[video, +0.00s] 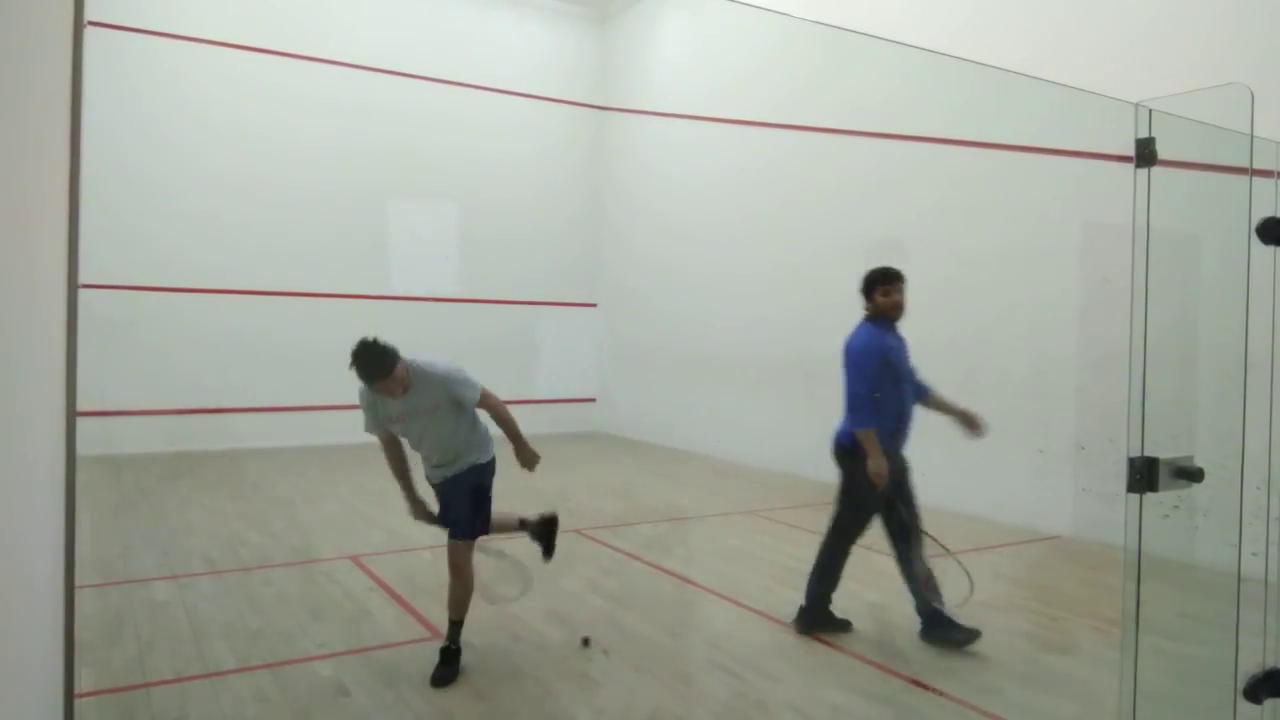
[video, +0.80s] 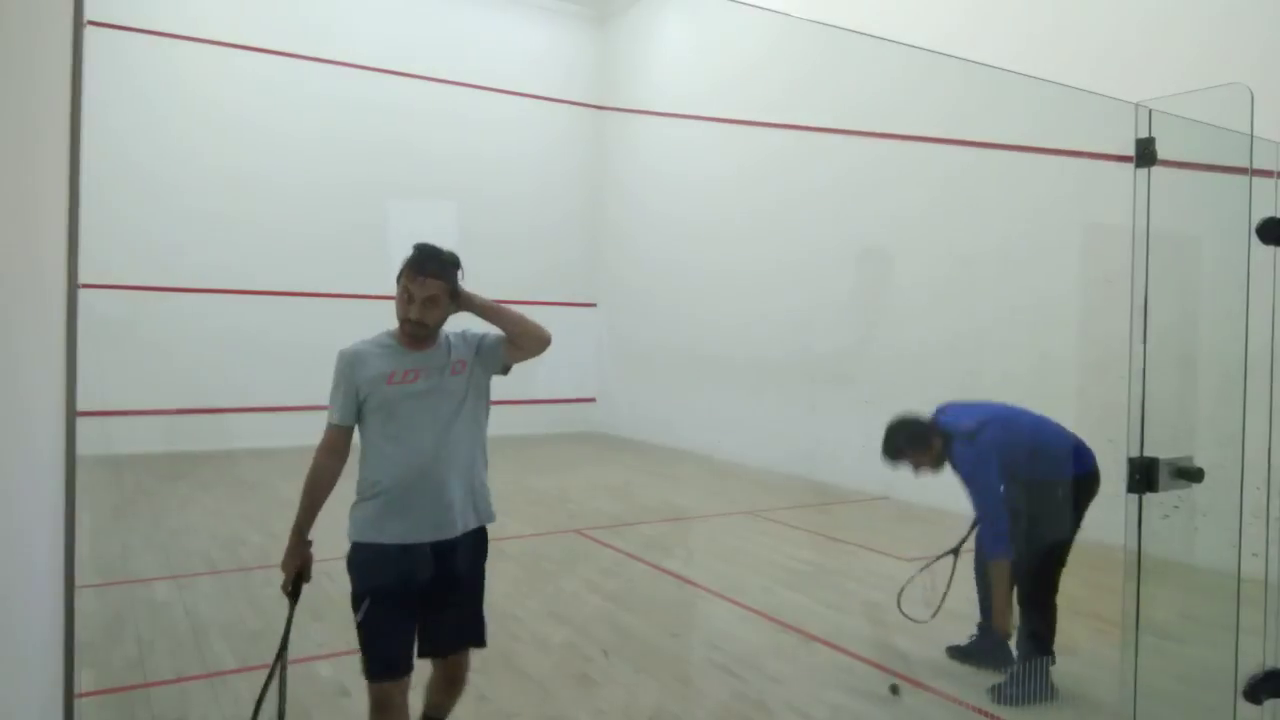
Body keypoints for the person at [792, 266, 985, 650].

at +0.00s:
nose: (896, 299)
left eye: (899, 292)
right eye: (887, 293)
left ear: (903, 298)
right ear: (870, 299)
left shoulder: (891, 340)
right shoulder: (863, 343)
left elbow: (912, 389)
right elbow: (858, 408)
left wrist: (957, 412)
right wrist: (874, 454)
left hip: (887, 452)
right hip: (862, 451)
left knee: (907, 535)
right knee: (843, 534)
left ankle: (934, 618)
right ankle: (813, 610)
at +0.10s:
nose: (943, 296)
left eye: (949, 290)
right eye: (934, 291)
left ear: (957, 295)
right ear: (919, 297)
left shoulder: (953, 337)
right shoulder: (910, 343)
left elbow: (979, 384)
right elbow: (903, 408)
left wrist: (1014, 398)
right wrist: (917, 455)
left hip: (948, 451)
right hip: (924, 452)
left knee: (953, 529)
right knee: (952, 533)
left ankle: (883, 573)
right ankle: (942, 620)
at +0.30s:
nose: (997, 304)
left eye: (1006, 297)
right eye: (990, 298)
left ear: (1021, 301)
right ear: (981, 304)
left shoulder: (1047, 347)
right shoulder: (965, 352)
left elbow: (1064, 402)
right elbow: (950, 406)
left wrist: (1061, 452)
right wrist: (953, 455)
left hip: (1035, 461)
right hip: (985, 460)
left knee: (1045, 538)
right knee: (987, 538)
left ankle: (1031, 604)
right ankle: (982, 619)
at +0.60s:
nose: (952, 334)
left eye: (957, 325)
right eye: (945, 329)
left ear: (978, 315)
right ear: (940, 328)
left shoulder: (1021, 347)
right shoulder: (952, 358)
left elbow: (1046, 405)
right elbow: (958, 408)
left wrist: (1037, 463)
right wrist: (954, 454)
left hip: (1030, 462)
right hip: (983, 464)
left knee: (1031, 548)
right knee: (975, 546)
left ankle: (1059, 642)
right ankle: (987, 634)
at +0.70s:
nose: (926, 378)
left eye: (927, 369)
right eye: (921, 372)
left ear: (944, 357)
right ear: (928, 367)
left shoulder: (996, 383)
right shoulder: (951, 385)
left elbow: (1025, 446)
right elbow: (973, 423)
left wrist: (1028, 502)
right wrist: (967, 467)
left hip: (1047, 468)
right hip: (1005, 466)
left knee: (1038, 563)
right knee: (978, 549)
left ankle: (1037, 661)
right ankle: (987, 637)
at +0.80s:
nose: (916, 468)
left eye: (914, 460)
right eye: (910, 463)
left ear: (925, 444)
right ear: (924, 436)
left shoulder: (972, 450)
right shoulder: (945, 418)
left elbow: (998, 542)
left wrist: (1001, 620)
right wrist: (988, 504)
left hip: (1070, 477)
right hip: (1029, 476)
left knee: (1036, 575)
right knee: (988, 551)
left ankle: (1035, 674)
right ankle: (991, 643)